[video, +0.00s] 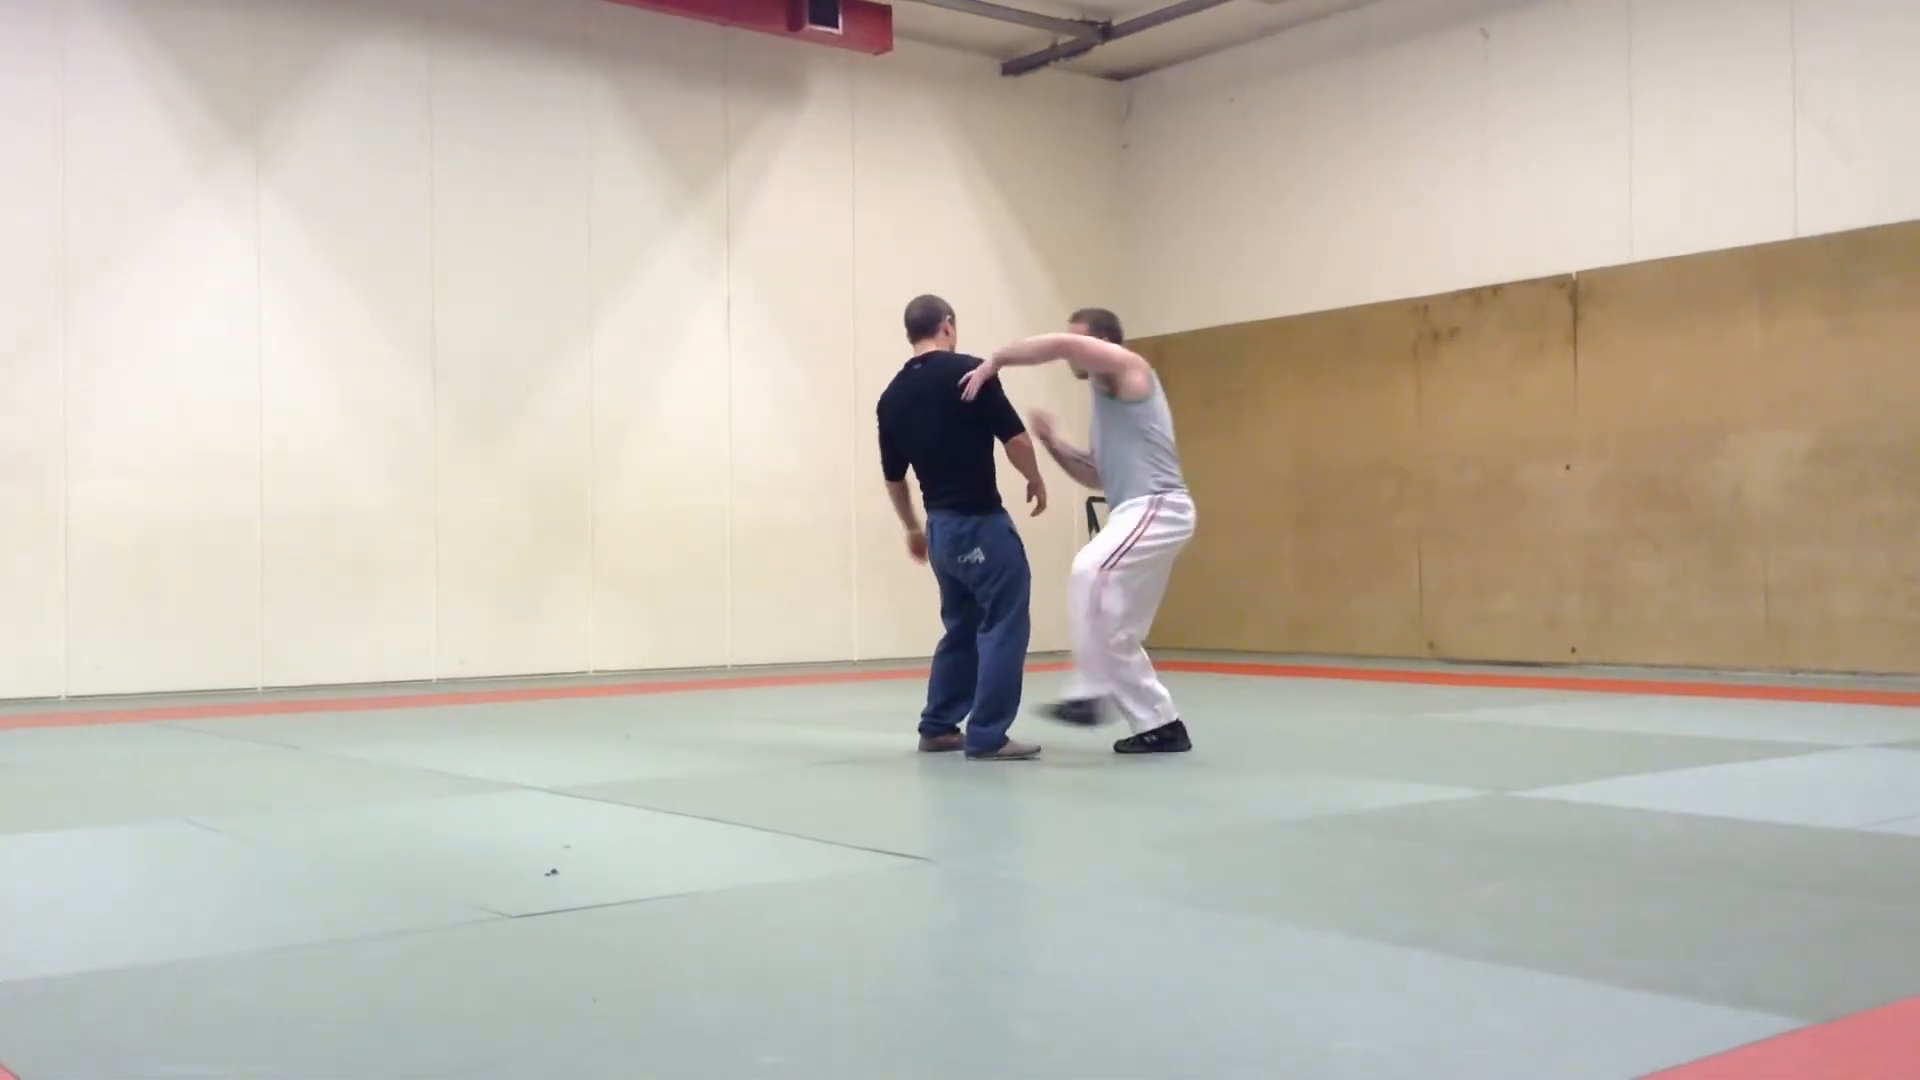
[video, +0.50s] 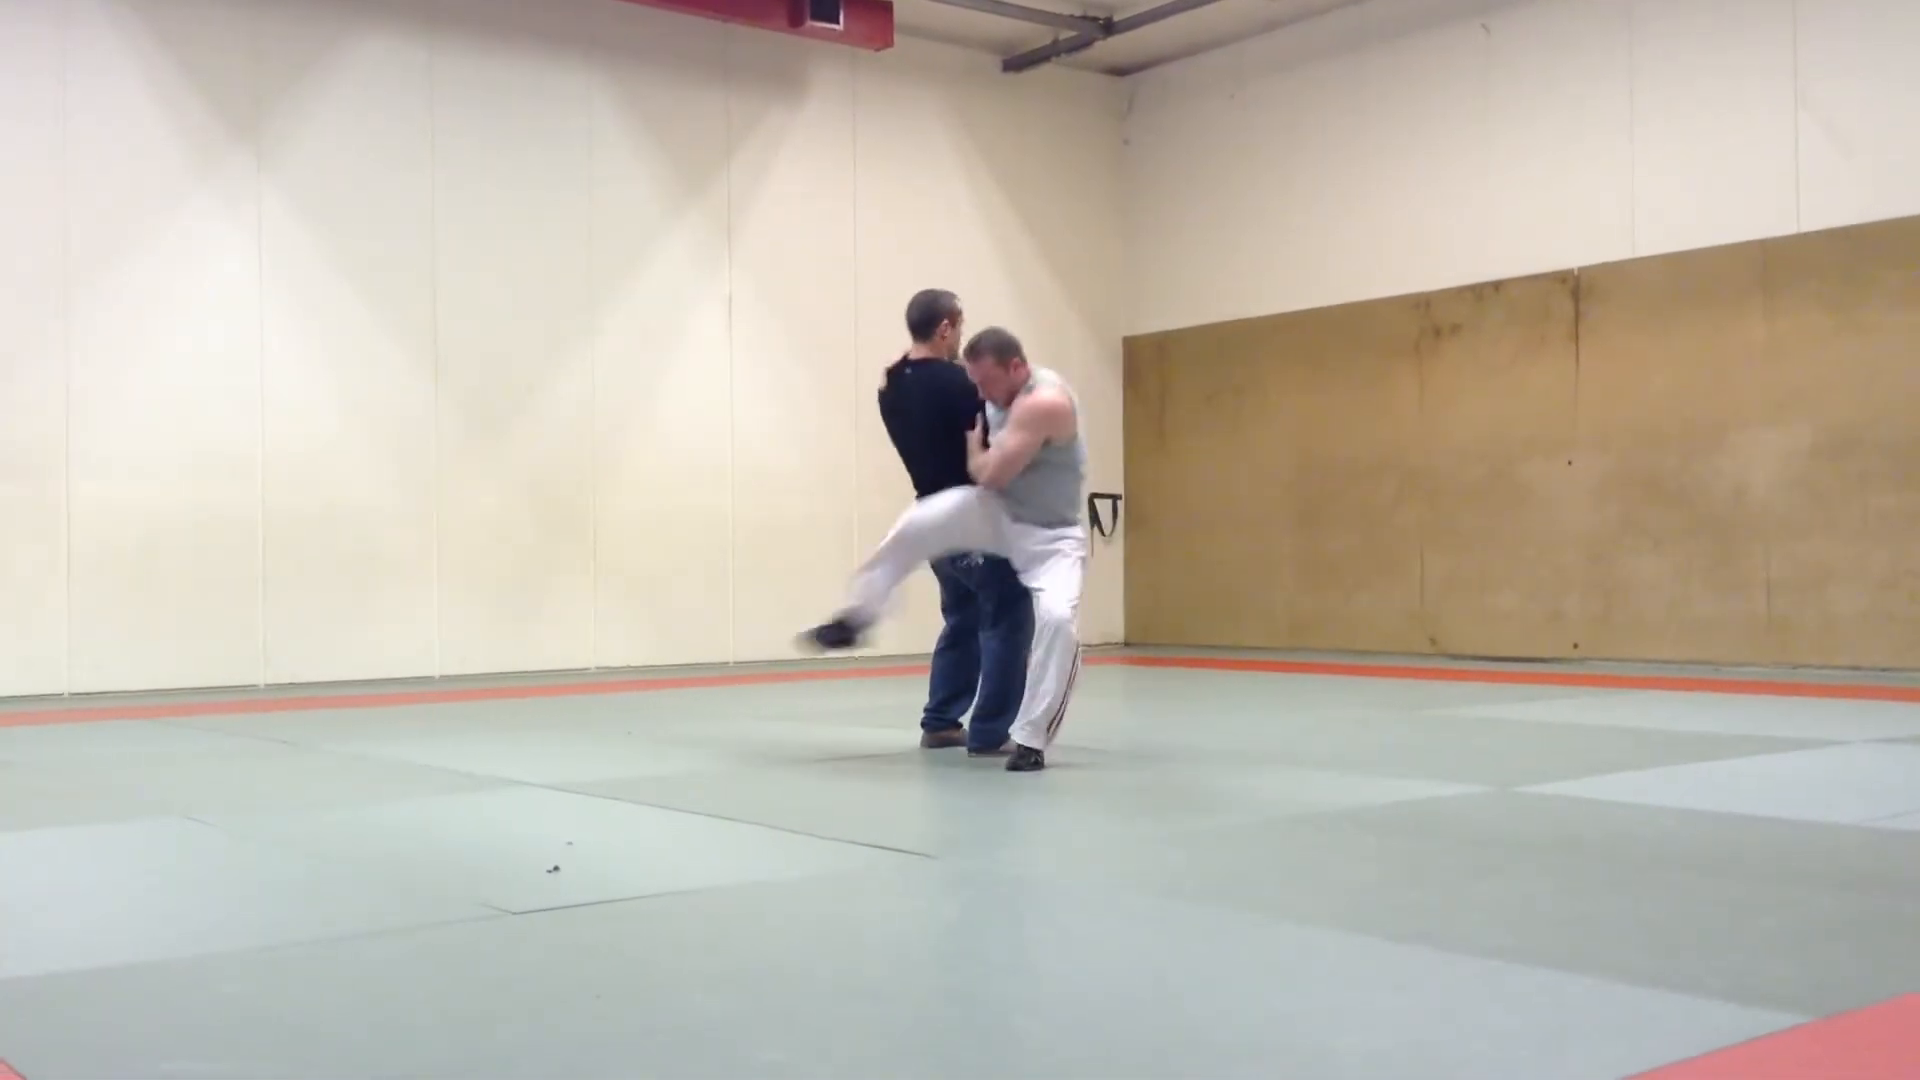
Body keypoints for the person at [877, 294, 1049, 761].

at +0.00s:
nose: (956, 334)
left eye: (952, 328)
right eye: (955, 327)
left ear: (908, 334)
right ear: (948, 328)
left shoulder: (892, 395)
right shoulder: (972, 371)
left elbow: (894, 476)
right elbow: (1015, 439)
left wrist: (911, 527)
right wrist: (1033, 478)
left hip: (940, 527)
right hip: (984, 525)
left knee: (960, 626)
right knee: (1007, 624)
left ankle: (938, 726)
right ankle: (988, 736)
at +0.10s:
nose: (960, 333)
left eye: (957, 327)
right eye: (959, 326)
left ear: (913, 332)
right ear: (951, 326)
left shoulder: (894, 392)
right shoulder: (971, 373)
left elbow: (903, 475)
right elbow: (1010, 442)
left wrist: (932, 512)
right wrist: (1029, 483)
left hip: (939, 527)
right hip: (981, 525)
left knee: (961, 625)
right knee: (1007, 622)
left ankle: (939, 725)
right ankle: (990, 735)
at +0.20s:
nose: (966, 334)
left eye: (964, 327)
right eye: (965, 327)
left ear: (918, 330)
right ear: (954, 326)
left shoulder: (898, 390)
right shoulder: (968, 375)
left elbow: (910, 464)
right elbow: (1004, 447)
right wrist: (1028, 488)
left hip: (937, 526)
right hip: (978, 524)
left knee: (961, 623)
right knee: (1006, 622)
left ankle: (939, 724)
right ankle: (989, 730)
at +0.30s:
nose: (970, 333)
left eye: (970, 326)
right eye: (969, 326)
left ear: (923, 327)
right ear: (956, 324)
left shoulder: (899, 380)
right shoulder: (963, 373)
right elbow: (1003, 455)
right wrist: (1030, 488)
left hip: (936, 521)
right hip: (977, 521)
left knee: (960, 621)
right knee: (1005, 619)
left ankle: (939, 722)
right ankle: (989, 732)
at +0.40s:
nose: (970, 333)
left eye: (969, 325)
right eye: (969, 325)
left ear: (923, 326)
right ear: (957, 324)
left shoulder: (898, 380)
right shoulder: (964, 376)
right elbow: (996, 445)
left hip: (937, 515)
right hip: (979, 511)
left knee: (963, 617)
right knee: (1009, 616)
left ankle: (940, 721)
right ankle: (990, 732)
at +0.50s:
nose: (962, 335)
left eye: (961, 327)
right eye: (960, 327)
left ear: (914, 329)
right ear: (945, 328)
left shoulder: (892, 386)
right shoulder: (959, 384)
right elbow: (984, 449)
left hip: (930, 521)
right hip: (974, 516)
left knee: (960, 620)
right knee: (1009, 621)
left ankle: (941, 720)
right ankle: (991, 731)